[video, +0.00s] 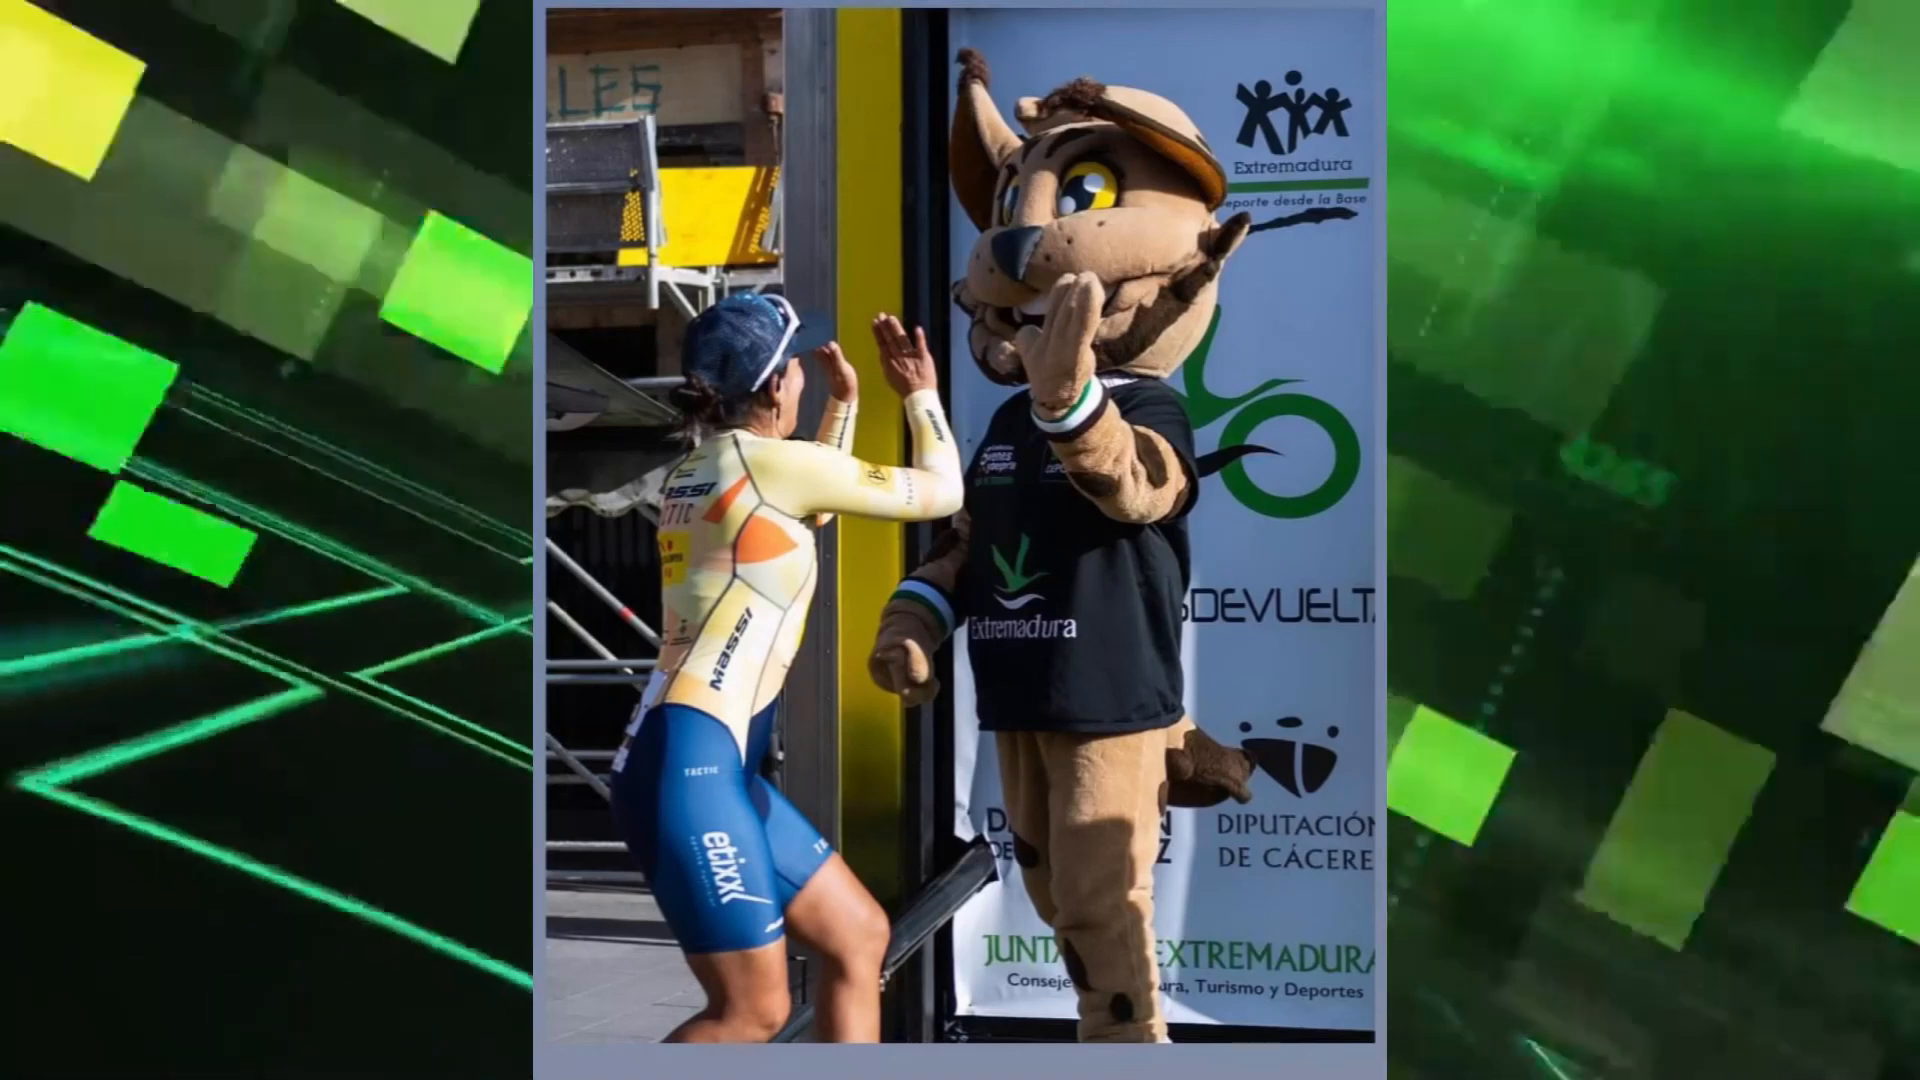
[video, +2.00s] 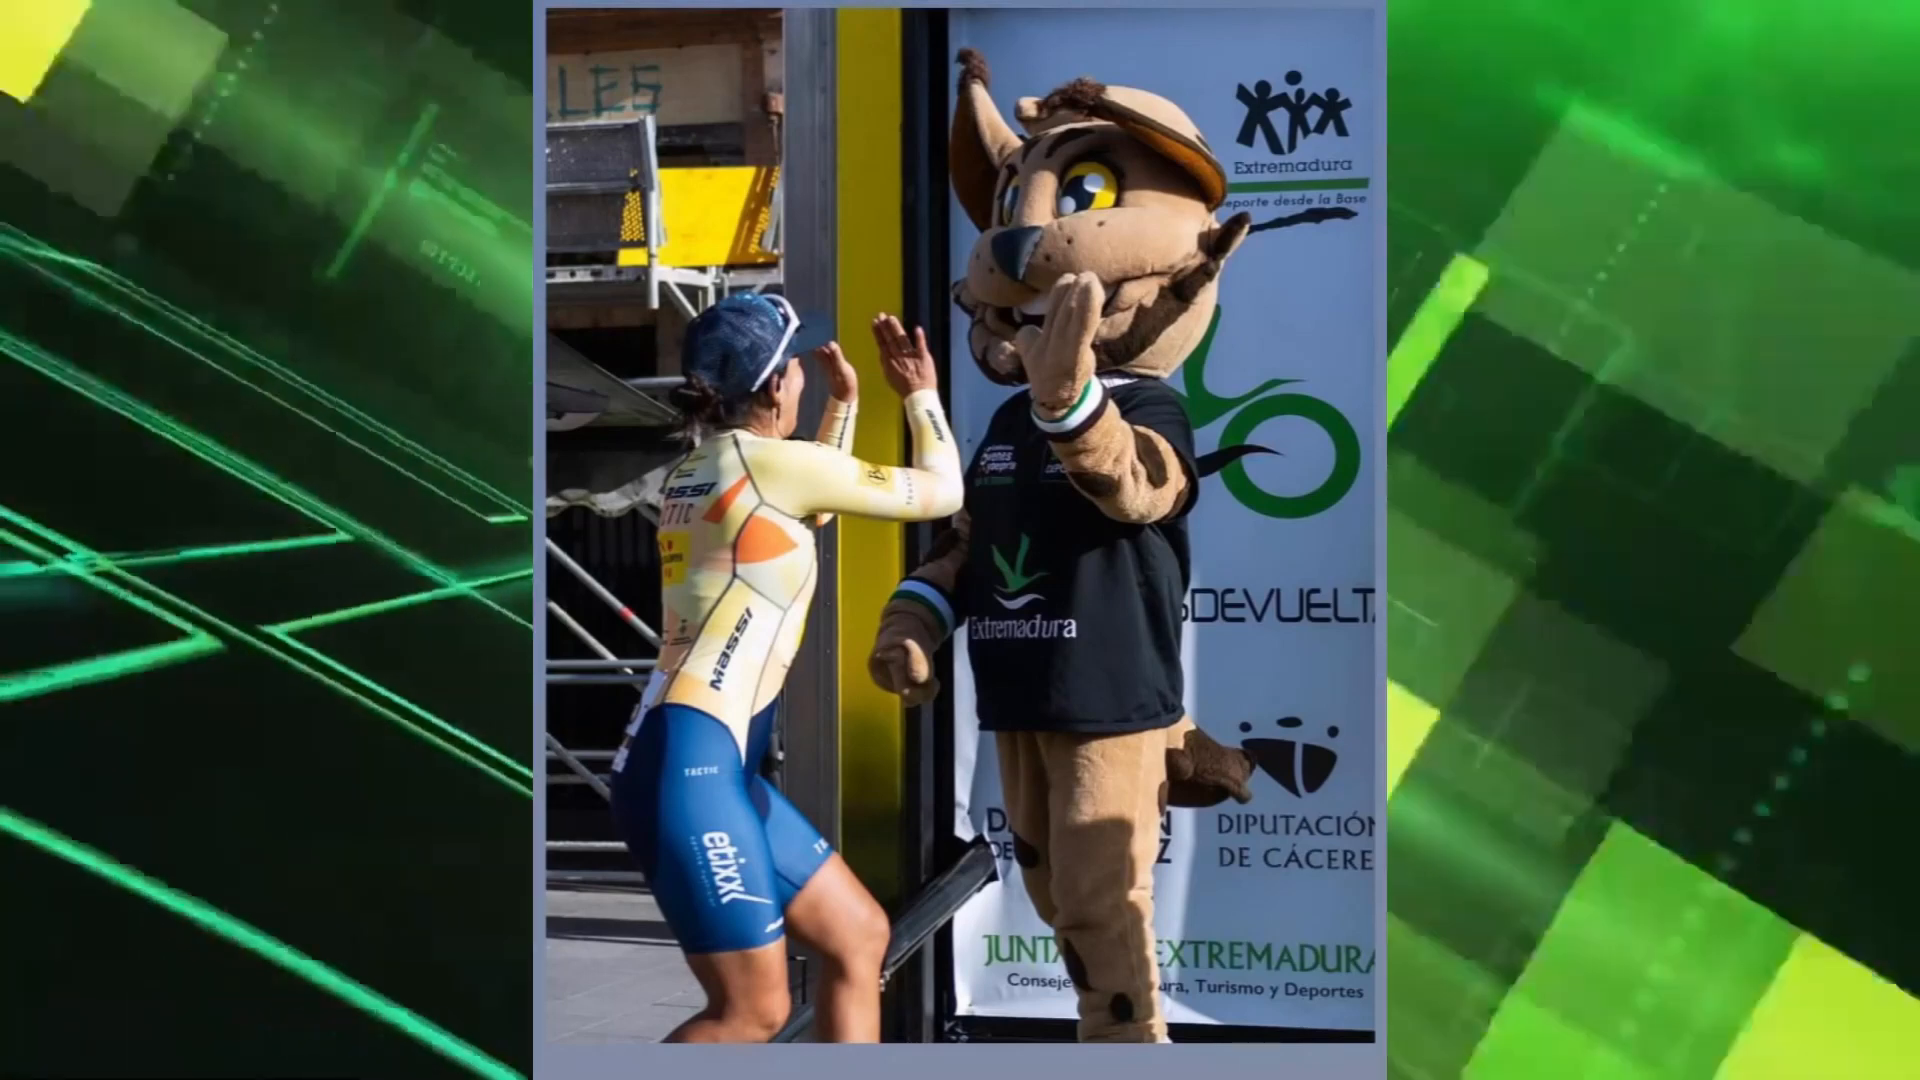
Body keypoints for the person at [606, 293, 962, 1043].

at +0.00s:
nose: (804, 376)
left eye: (800, 362)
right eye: (797, 363)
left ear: (714, 388)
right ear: (777, 380)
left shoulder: (693, 471)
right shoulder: (779, 465)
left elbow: (798, 495)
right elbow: (938, 492)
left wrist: (840, 413)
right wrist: (924, 396)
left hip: (714, 769)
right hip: (686, 774)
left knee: (860, 934)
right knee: (754, 1010)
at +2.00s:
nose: (804, 377)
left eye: (800, 363)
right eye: (797, 364)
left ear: (715, 387)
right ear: (777, 380)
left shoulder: (693, 471)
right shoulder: (777, 464)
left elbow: (799, 496)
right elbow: (939, 492)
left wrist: (840, 413)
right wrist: (924, 396)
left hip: (714, 770)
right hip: (686, 774)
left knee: (860, 933)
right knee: (754, 1009)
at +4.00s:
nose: (803, 377)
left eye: (800, 363)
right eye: (796, 364)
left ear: (715, 387)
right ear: (776, 380)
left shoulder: (692, 471)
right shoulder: (778, 465)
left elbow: (797, 494)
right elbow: (939, 492)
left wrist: (840, 412)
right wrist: (924, 395)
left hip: (714, 770)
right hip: (686, 774)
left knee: (860, 934)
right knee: (754, 1010)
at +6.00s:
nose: (803, 377)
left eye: (799, 363)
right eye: (796, 364)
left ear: (715, 387)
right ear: (776, 380)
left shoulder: (692, 471)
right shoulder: (778, 465)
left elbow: (798, 494)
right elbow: (938, 492)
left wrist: (840, 412)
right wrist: (924, 395)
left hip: (714, 770)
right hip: (686, 774)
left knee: (860, 934)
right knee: (754, 1010)